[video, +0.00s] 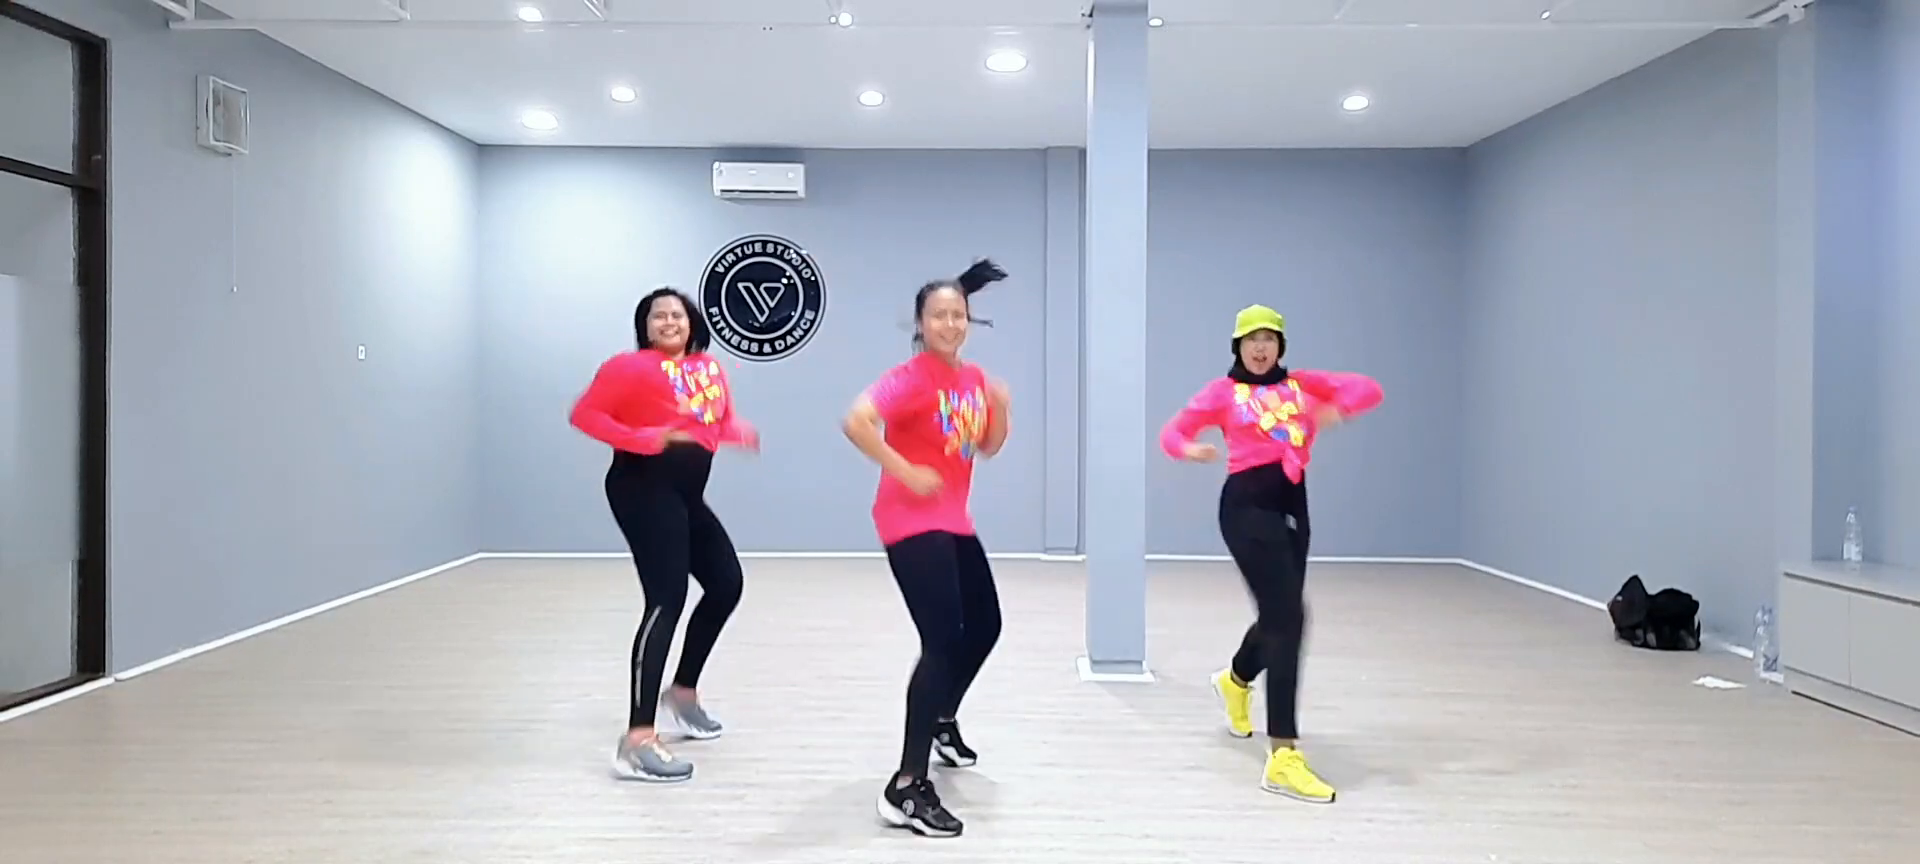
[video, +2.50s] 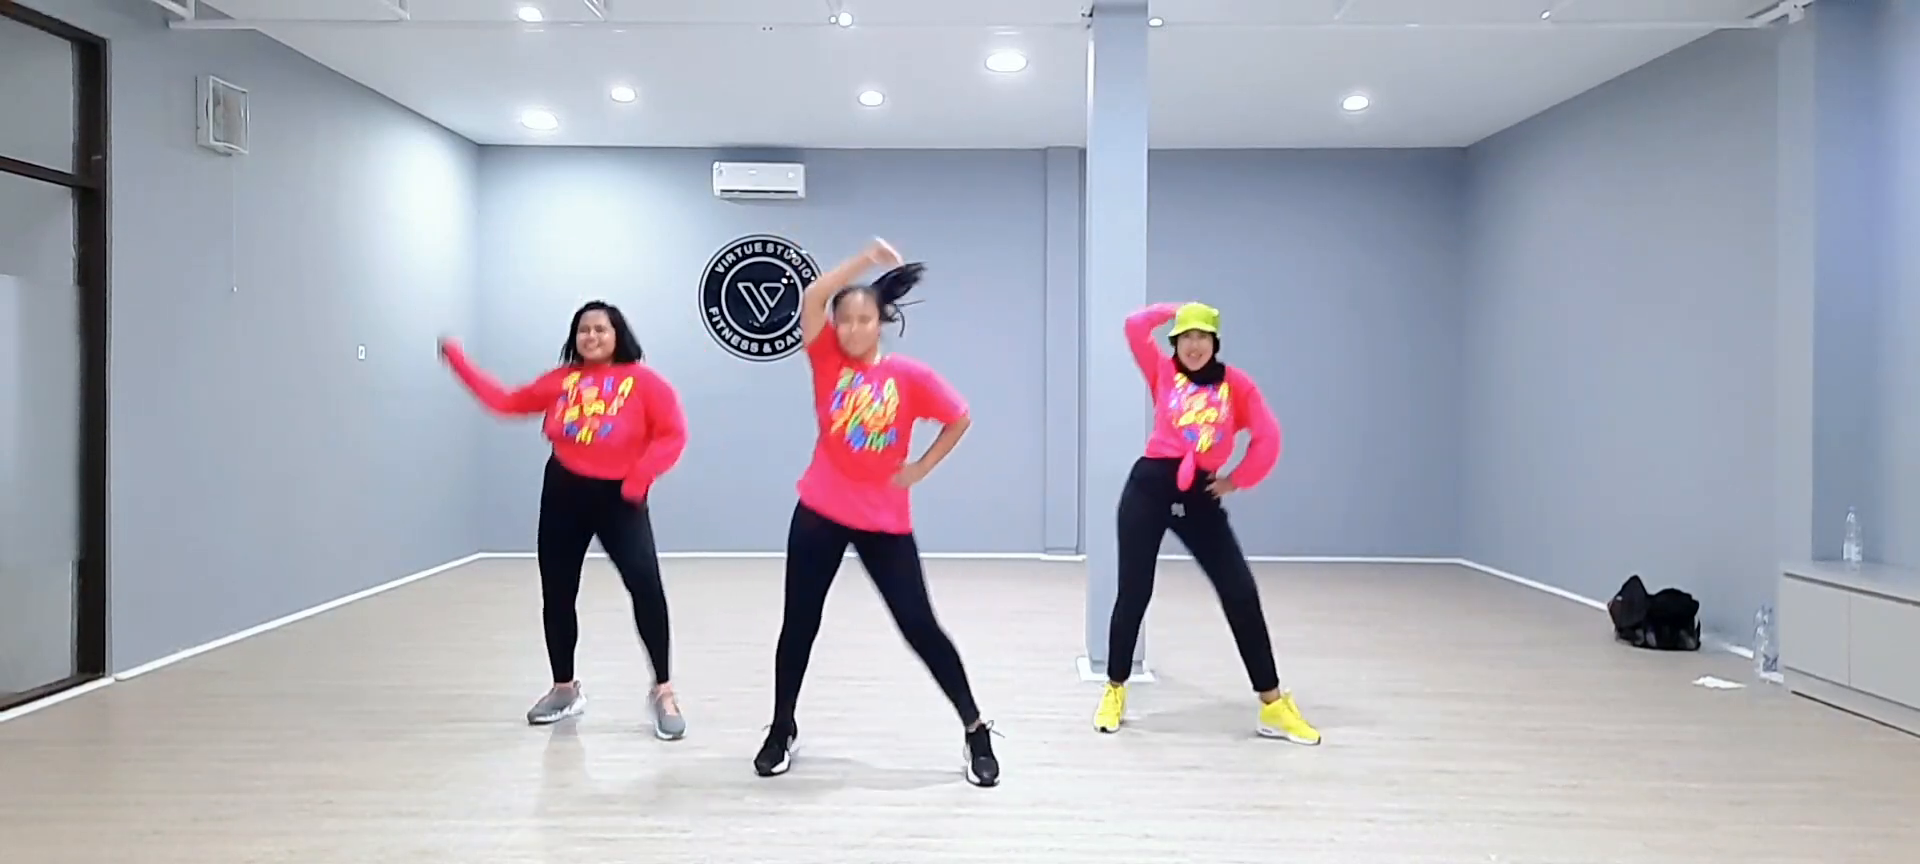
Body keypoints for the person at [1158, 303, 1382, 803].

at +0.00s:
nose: (1260, 348)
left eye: (1268, 340)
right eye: (1251, 340)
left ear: (1281, 346)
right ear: (1238, 347)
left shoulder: (1302, 384)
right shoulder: (1224, 392)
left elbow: (1370, 389)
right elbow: (1171, 434)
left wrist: (1336, 410)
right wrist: (1187, 450)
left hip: (1291, 505)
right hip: (1246, 505)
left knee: (1283, 610)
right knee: (1285, 613)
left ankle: (1237, 679)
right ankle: (1283, 754)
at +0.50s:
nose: (1246, 341)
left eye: (1248, 335)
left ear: (1251, 340)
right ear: (1294, 339)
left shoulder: (1229, 387)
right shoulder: (1317, 392)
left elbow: (1173, 425)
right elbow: (1344, 457)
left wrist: (1172, 427)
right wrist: (1327, 488)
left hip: (1244, 499)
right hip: (1300, 500)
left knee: (1259, 622)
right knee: (1315, 612)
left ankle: (1291, 732)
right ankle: (1342, 682)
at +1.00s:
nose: (1234, 338)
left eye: (1244, 331)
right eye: (1229, 331)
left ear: (1260, 339)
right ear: (1222, 338)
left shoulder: (1283, 382)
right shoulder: (1211, 387)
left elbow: (1329, 430)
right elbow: (1187, 424)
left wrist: (1292, 466)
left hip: (1264, 500)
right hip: (1212, 498)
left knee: (1272, 597)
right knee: (1215, 598)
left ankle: (1292, 704)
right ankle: (1224, 691)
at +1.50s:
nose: (1253, 337)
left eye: (1260, 329)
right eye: (1245, 330)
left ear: (1274, 334)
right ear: (1233, 336)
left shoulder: (1295, 375)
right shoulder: (1220, 368)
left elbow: (1336, 423)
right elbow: (1195, 315)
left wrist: (1302, 462)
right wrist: (1231, 275)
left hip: (1273, 492)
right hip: (1219, 487)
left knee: (1288, 594)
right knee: (1174, 580)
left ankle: (1313, 695)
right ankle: (1140, 680)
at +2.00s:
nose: (1224, 337)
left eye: (1232, 329)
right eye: (1216, 329)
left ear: (1243, 334)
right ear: (1204, 333)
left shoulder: (1262, 371)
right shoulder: (1183, 367)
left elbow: (1295, 414)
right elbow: (1135, 343)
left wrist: (1278, 449)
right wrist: (1126, 298)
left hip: (1249, 487)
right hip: (1196, 486)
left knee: (1271, 591)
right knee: (1160, 583)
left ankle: (1296, 696)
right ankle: (1139, 691)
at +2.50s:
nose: (1193, 346)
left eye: (1201, 338)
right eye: (1186, 339)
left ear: (1215, 343)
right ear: (1174, 344)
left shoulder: (1236, 385)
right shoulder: (1163, 375)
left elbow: (1268, 437)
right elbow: (1134, 325)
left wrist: (1235, 480)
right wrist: (1175, 311)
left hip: (1200, 497)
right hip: (1149, 489)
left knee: (1241, 594)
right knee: (1134, 591)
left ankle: (1272, 703)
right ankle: (1114, 691)